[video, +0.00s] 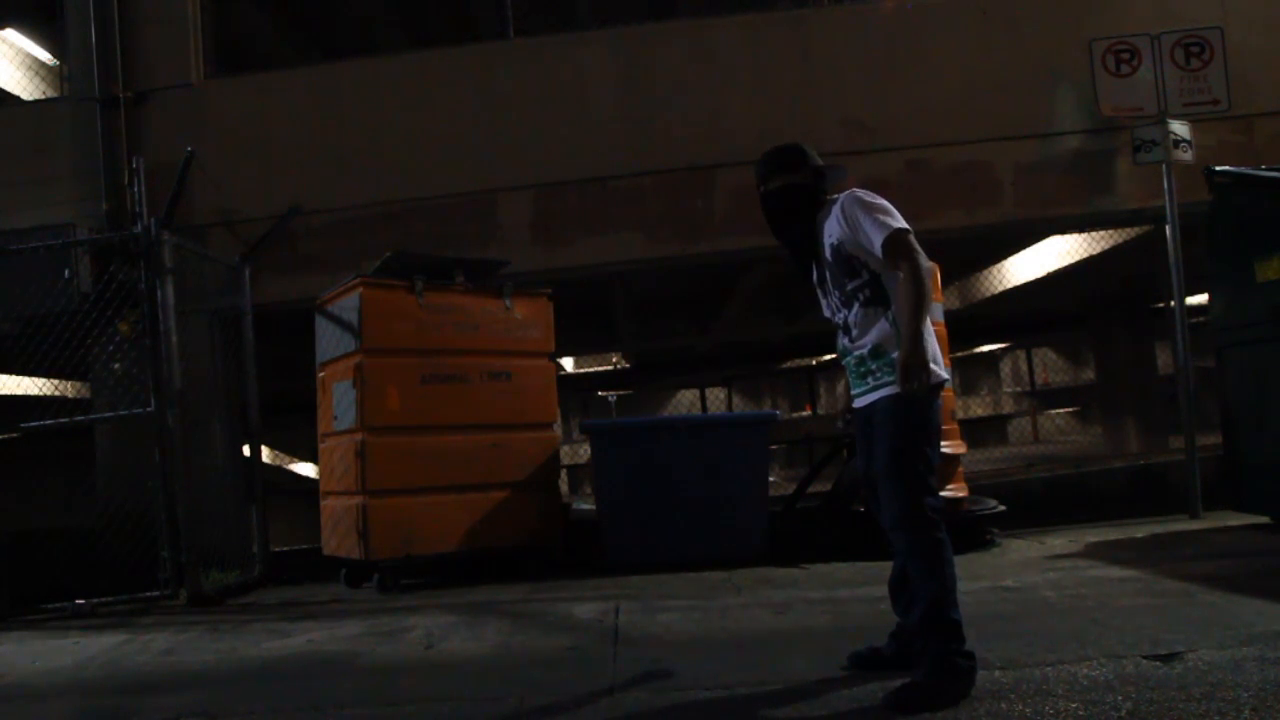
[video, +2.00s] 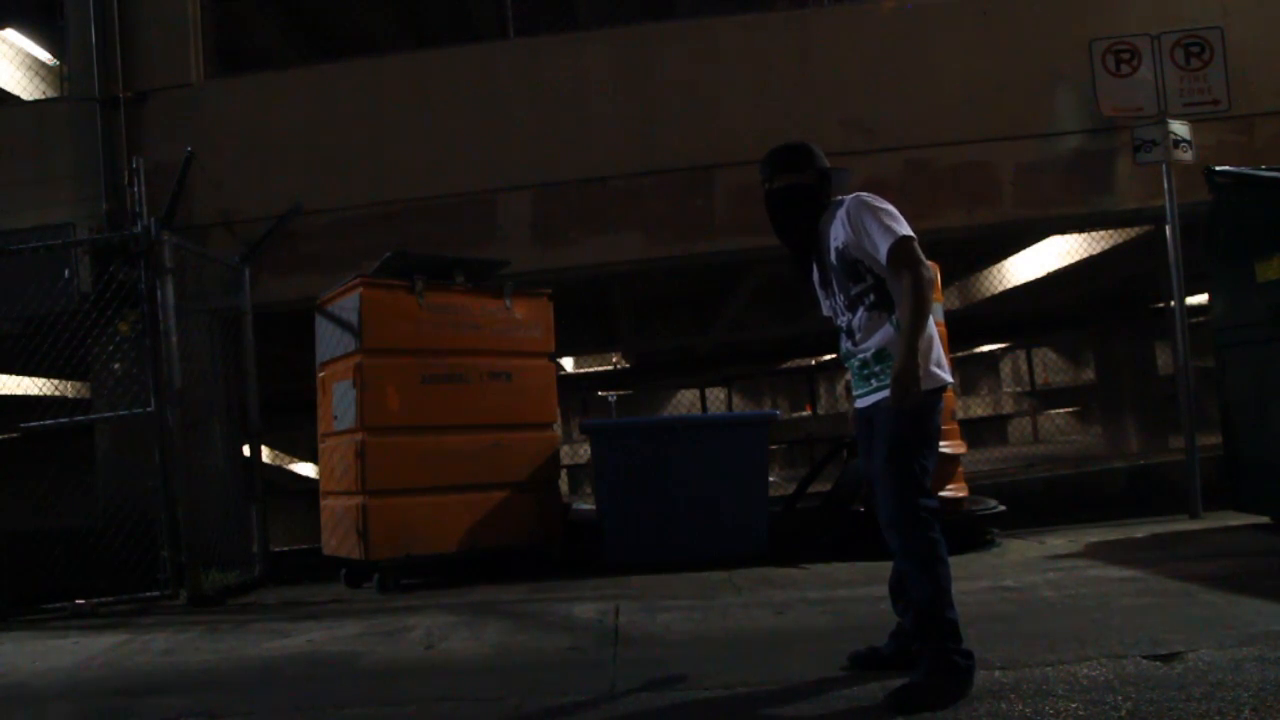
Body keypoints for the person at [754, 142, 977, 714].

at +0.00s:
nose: (773, 207)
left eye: (778, 193)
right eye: (768, 197)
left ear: (806, 182)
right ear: (784, 194)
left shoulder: (852, 206)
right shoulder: (823, 244)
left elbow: (912, 264)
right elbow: (861, 321)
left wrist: (912, 353)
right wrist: (860, 392)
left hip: (904, 393)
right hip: (876, 402)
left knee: (915, 520)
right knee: (897, 520)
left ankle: (947, 660)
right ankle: (914, 638)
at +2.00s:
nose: (776, 209)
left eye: (783, 194)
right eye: (771, 198)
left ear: (811, 185)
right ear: (783, 197)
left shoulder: (858, 211)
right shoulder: (822, 256)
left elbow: (917, 275)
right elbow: (856, 332)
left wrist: (907, 372)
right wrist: (862, 395)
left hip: (908, 392)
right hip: (875, 400)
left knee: (911, 519)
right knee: (896, 519)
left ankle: (946, 660)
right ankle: (914, 637)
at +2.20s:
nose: (778, 208)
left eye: (784, 193)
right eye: (773, 197)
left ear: (813, 184)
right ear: (789, 195)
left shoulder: (860, 210)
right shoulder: (826, 252)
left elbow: (918, 275)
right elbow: (860, 331)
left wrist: (916, 370)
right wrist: (864, 400)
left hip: (907, 393)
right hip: (876, 402)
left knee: (911, 519)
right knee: (897, 519)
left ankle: (944, 659)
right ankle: (914, 638)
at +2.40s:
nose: (781, 202)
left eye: (788, 188)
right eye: (775, 192)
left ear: (816, 179)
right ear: (786, 192)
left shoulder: (863, 210)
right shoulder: (826, 244)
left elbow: (921, 275)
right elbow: (858, 327)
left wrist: (920, 370)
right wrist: (862, 395)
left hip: (908, 393)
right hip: (876, 400)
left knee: (911, 519)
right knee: (896, 519)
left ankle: (945, 660)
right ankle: (913, 639)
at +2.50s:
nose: (782, 203)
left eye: (789, 188)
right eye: (776, 193)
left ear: (817, 180)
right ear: (785, 193)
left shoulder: (864, 210)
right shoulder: (827, 247)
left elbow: (921, 275)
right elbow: (859, 329)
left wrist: (921, 374)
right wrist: (863, 396)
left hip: (910, 394)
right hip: (877, 401)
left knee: (911, 519)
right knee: (895, 519)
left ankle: (945, 660)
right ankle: (913, 639)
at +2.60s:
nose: (784, 202)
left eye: (791, 187)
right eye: (778, 192)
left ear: (818, 180)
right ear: (783, 195)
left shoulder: (865, 210)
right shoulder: (828, 249)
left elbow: (923, 277)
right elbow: (858, 333)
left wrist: (920, 371)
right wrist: (860, 398)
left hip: (910, 393)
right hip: (878, 401)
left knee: (912, 519)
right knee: (896, 519)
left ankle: (945, 660)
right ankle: (913, 638)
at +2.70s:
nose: (782, 204)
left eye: (789, 189)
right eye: (778, 193)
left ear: (816, 181)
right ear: (788, 192)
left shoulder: (865, 211)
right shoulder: (827, 246)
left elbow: (923, 276)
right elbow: (857, 330)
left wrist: (920, 371)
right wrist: (860, 397)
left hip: (911, 394)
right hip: (877, 401)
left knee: (913, 519)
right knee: (895, 519)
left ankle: (946, 660)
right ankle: (912, 638)